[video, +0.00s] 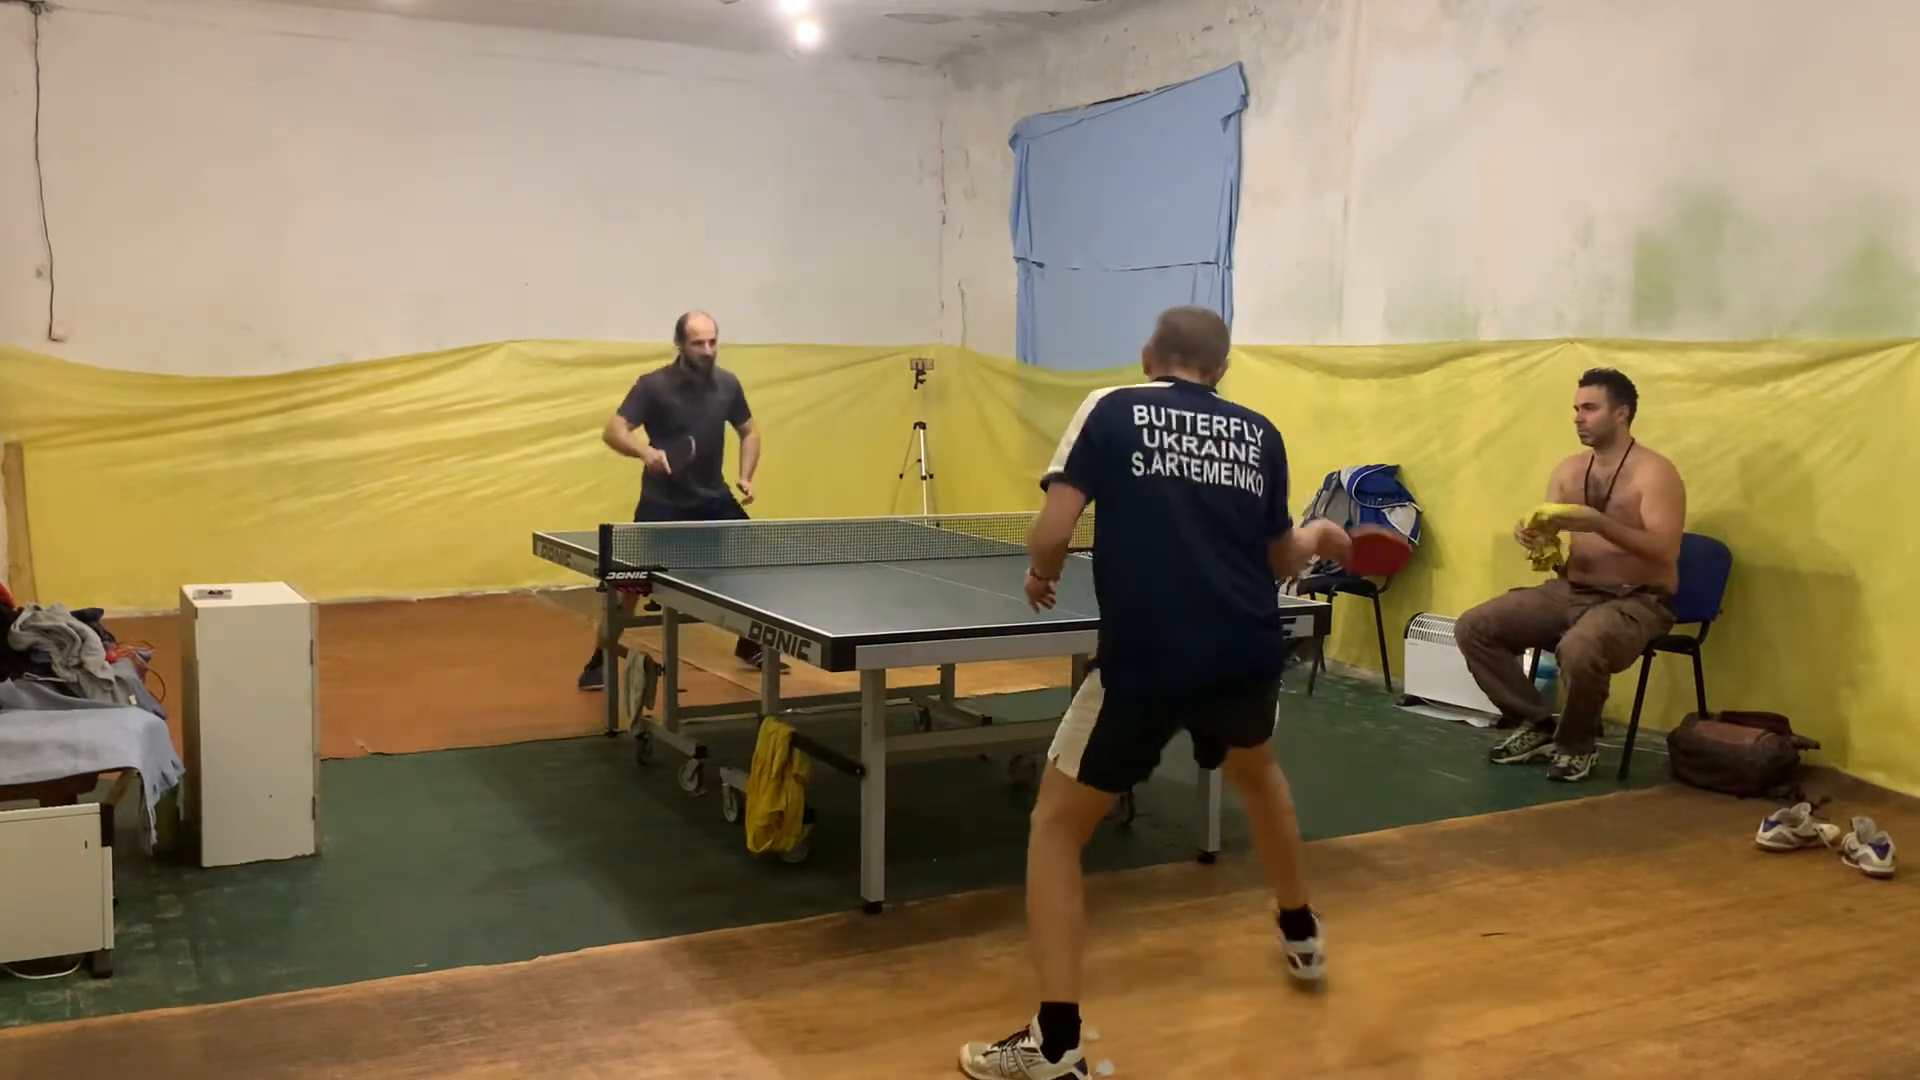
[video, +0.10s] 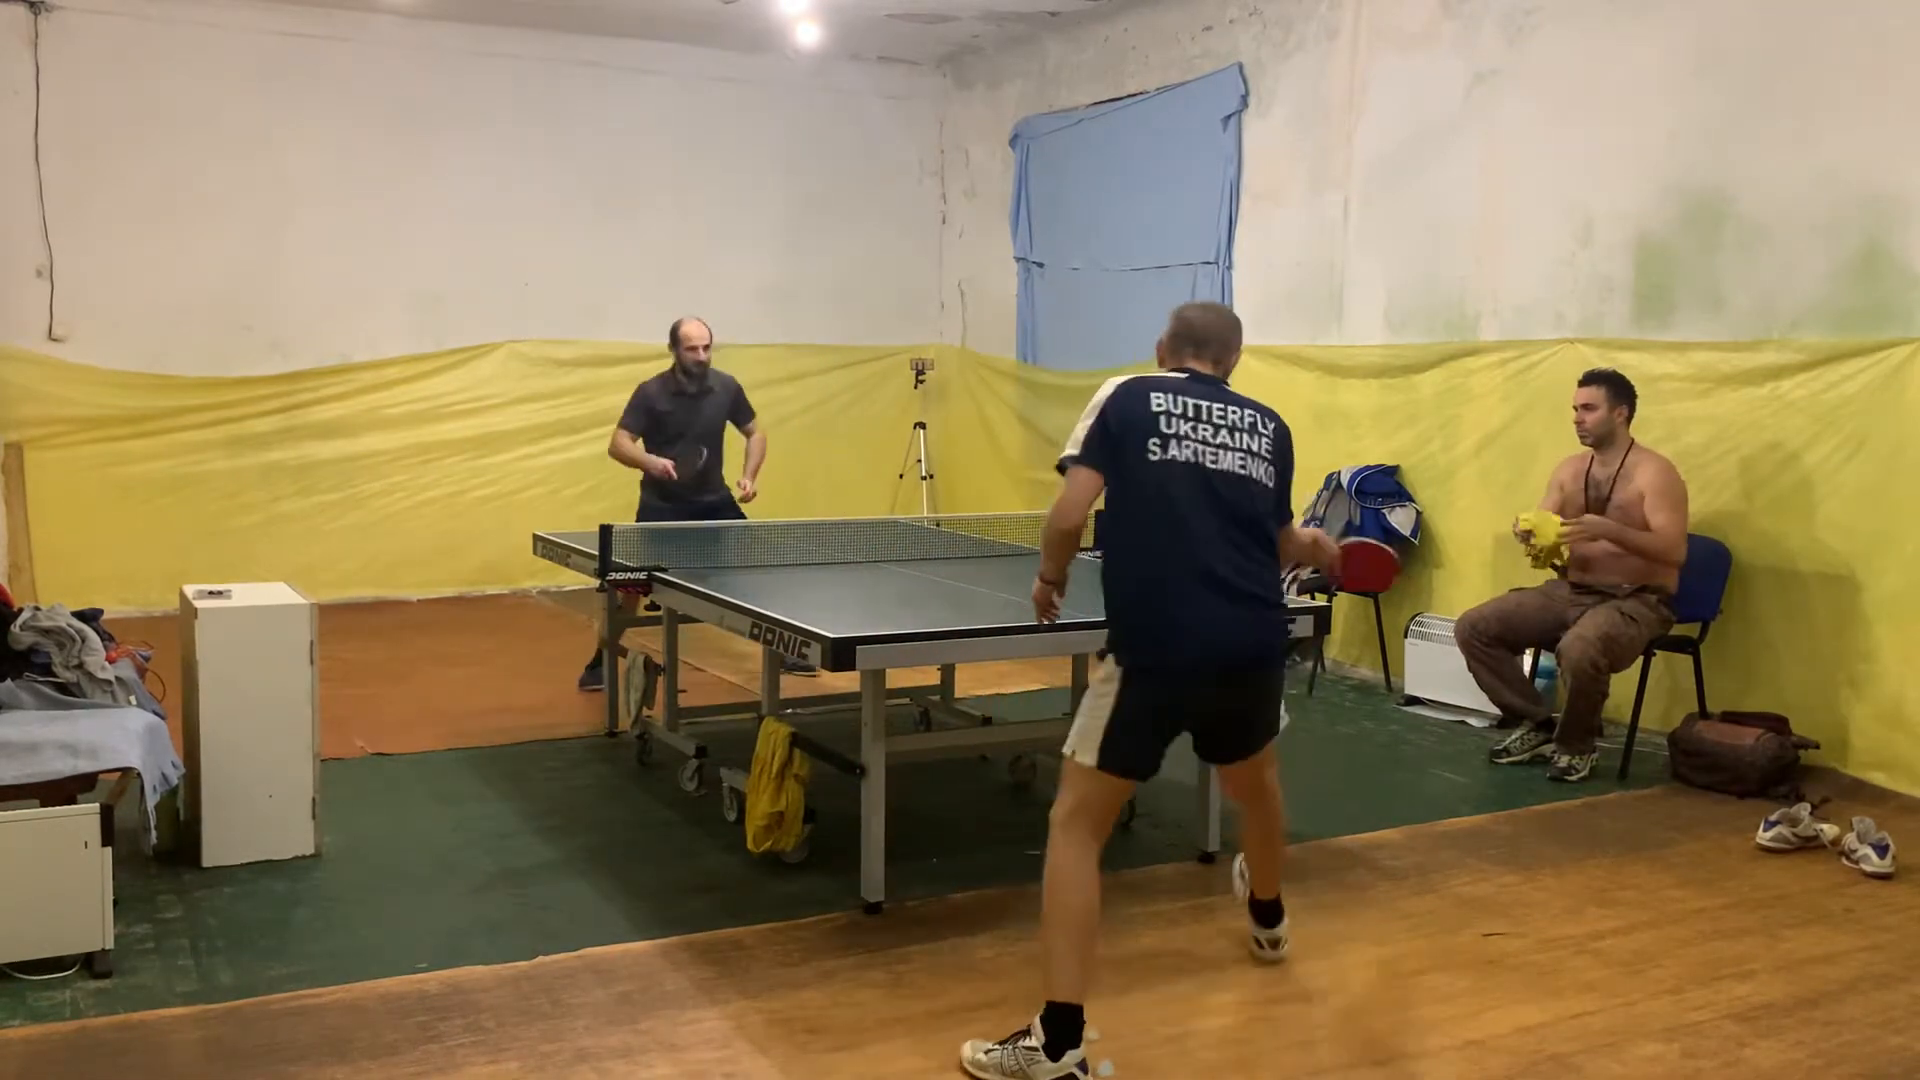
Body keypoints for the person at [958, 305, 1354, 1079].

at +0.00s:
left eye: (1146, 359)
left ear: (1148, 358)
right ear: (1221, 370)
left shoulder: (1110, 408)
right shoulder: (1262, 435)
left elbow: (1053, 531)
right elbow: (1281, 564)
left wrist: (1044, 572)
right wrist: (1313, 537)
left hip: (1141, 658)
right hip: (1245, 656)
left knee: (1057, 829)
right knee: (1256, 768)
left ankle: (1056, 1038)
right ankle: (1302, 935)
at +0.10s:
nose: (1163, 362)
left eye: (1163, 351)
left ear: (1162, 351)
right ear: (1234, 364)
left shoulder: (1123, 397)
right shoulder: (1271, 428)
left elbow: (1070, 513)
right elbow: (1278, 543)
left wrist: (1051, 578)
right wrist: (1311, 546)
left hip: (1151, 652)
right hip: (1250, 651)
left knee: (1077, 826)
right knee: (1255, 782)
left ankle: (1059, 1036)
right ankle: (1269, 921)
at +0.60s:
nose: (1162, 386)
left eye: (1164, 375)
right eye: (1170, 375)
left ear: (1172, 378)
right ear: (1235, 386)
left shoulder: (1179, 425)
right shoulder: (1269, 448)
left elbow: (1179, 543)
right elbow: (1263, 555)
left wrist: (1101, 625)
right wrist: (1155, 560)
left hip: (1217, 660)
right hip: (1293, 656)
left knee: (1106, 826)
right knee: (1231, 763)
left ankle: (1144, 1025)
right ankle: (1260, 916)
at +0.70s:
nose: (1152, 371)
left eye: (1154, 360)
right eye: (1160, 361)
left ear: (1163, 363)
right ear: (1229, 371)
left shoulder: (1155, 417)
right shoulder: (1270, 438)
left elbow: (1143, 542)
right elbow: (1279, 547)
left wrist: (1078, 622)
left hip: (1193, 661)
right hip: (1279, 655)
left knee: (1111, 845)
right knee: (1238, 770)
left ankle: (1164, 1044)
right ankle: (1262, 918)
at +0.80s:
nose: (1146, 348)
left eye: (1148, 338)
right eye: (1158, 338)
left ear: (1156, 339)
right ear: (1226, 348)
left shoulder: (1139, 396)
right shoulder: (1270, 420)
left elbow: (1107, 520)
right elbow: (1284, 534)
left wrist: (1061, 599)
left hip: (1174, 652)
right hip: (1269, 645)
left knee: (1110, 839)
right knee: (1265, 769)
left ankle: (1166, 1053)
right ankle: (1284, 930)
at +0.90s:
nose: (1142, 338)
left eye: (1144, 327)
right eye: (1148, 327)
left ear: (1153, 327)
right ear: (1224, 334)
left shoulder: (1138, 378)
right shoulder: (1273, 404)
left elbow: (1108, 500)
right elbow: (1282, 520)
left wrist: (1058, 580)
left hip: (1179, 640)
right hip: (1278, 636)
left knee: (1087, 812)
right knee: (1280, 782)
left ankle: (1132, 1036)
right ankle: (1345, 957)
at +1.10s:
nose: (1114, 402)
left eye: (1114, 391)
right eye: (1117, 393)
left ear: (1125, 391)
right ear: (1194, 393)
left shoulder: (1129, 438)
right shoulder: (1248, 450)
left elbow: (1117, 562)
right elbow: (1277, 559)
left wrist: (1040, 634)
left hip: (1206, 684)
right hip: (1308, 678)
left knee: (1071, 837)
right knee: (1302, 833)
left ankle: (1050, 1063)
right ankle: (1405, 1012)